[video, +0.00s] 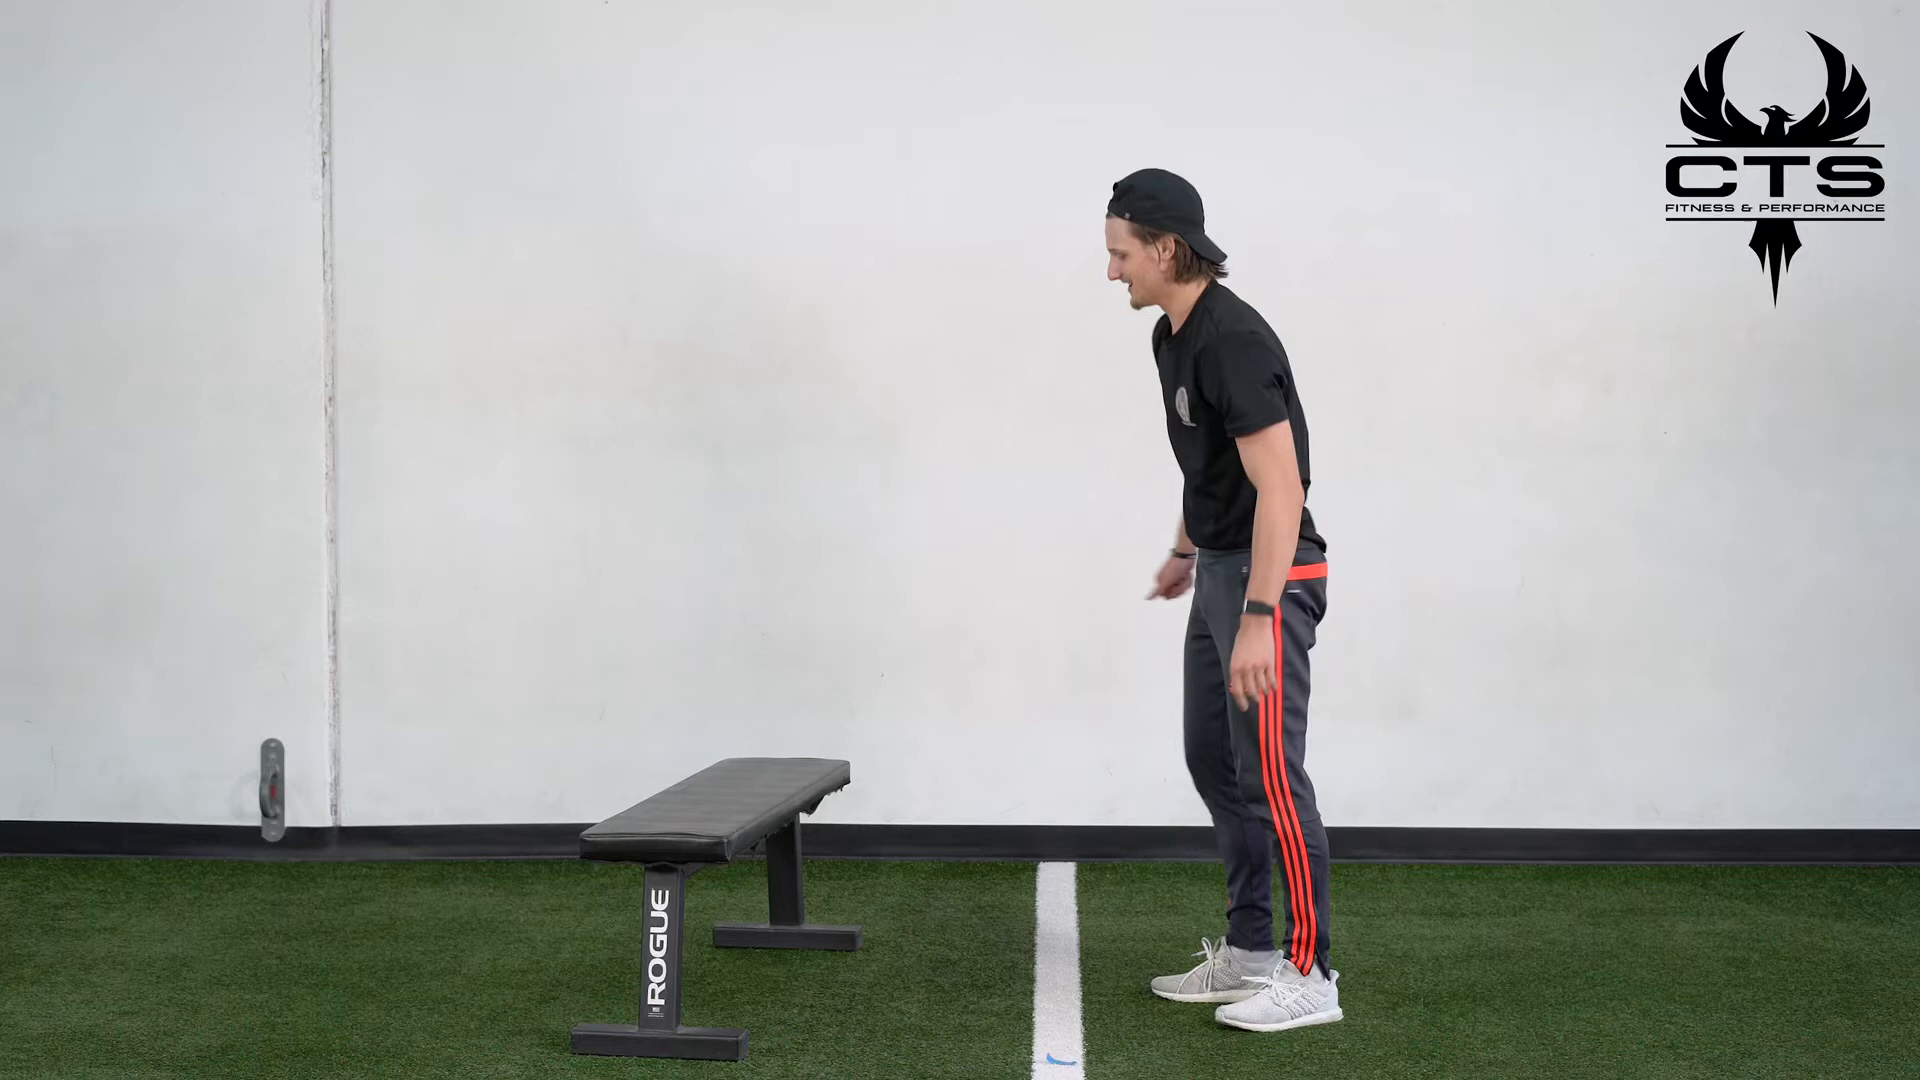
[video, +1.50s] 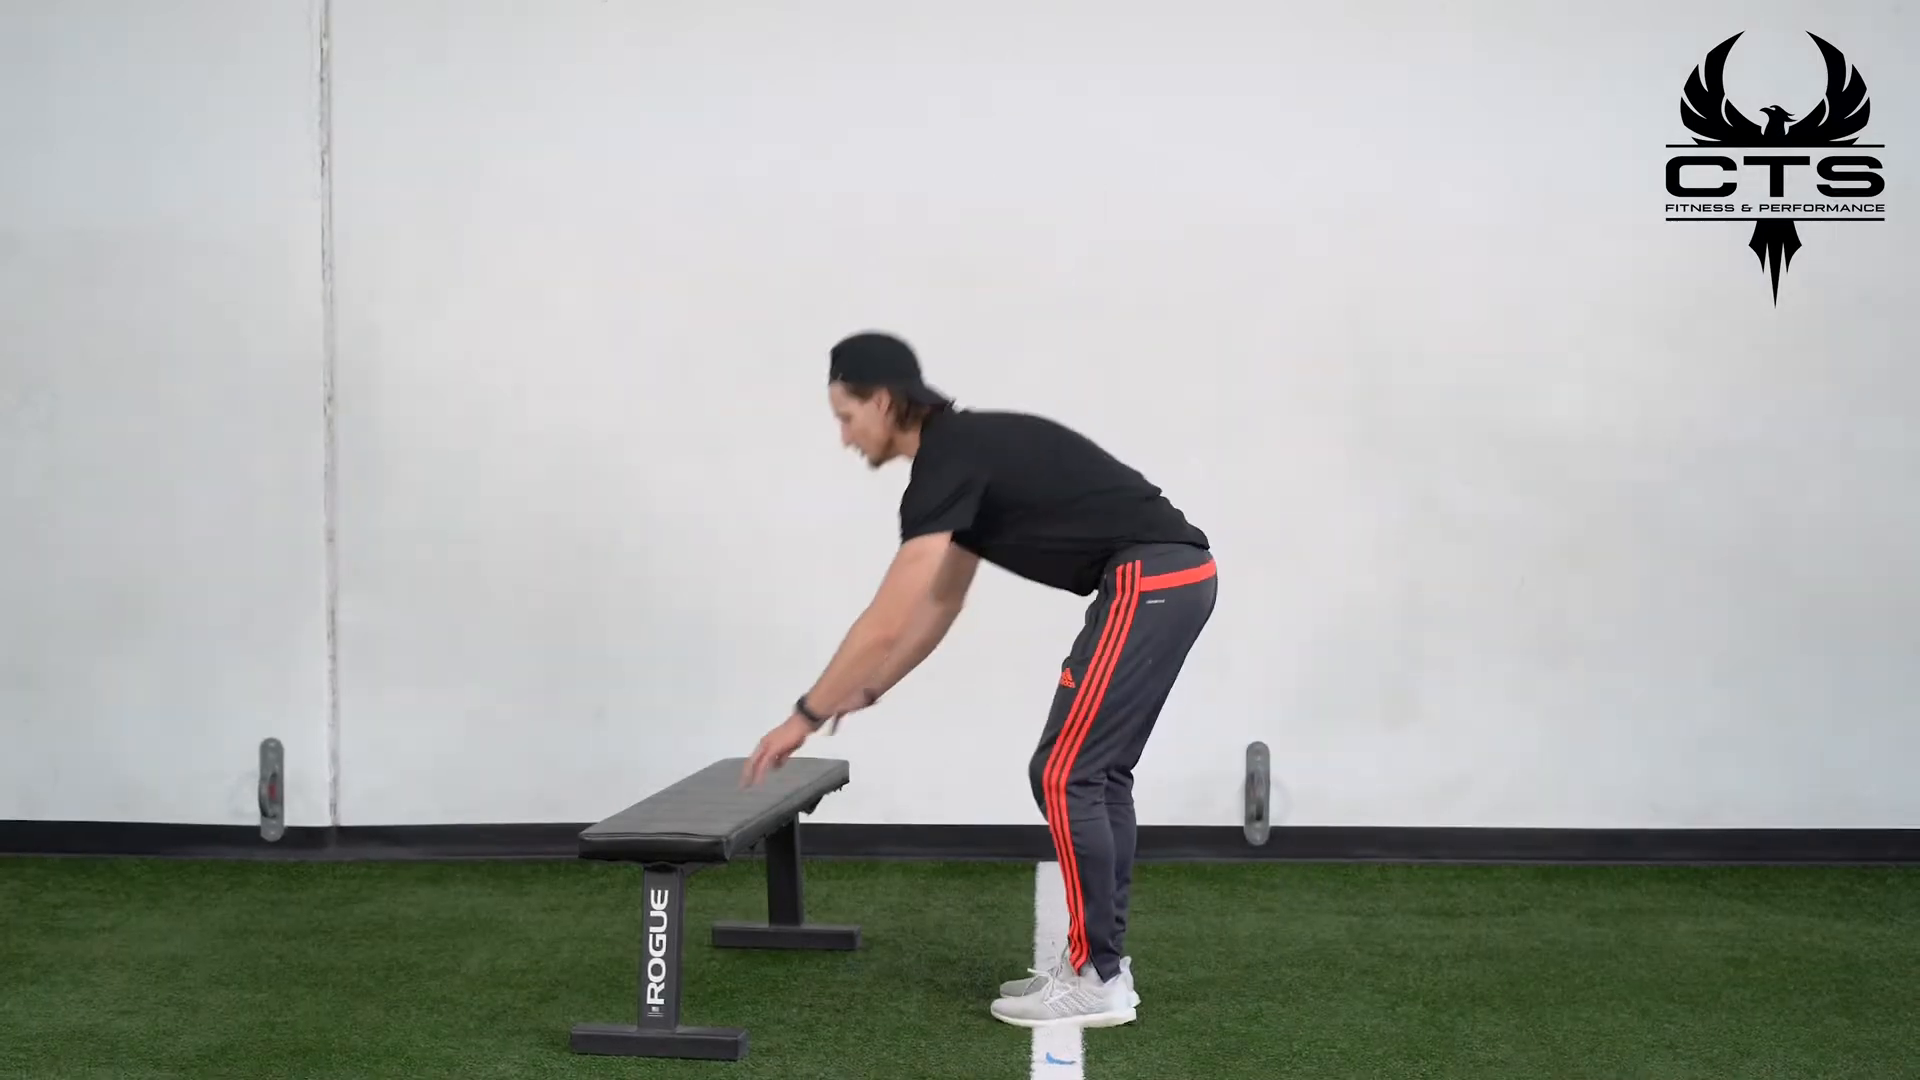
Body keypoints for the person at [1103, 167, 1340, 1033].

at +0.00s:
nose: (1111, 266)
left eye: (1120, 249)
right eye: (1110, 249)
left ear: (1167, 246)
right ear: (1163, 248)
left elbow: (1281, 487)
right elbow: (1209, 456)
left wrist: (1260, 616)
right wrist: (1187, 546)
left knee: (1268, 771)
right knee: (1214, 762)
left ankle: (1307, 977)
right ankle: (1252, 952)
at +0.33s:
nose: (1108, 256)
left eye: (1116, 239)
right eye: (1106, 240)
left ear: (1163, 232)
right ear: (1166, 236)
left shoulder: (1211, 317)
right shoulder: (1196, 315)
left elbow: (1284, 449)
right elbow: (1258, 450)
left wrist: (1245, 572)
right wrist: (1215, 571)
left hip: (1217, 565)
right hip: (1205, 563)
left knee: (1223, 772)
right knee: (1229, 768)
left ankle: (1303, 970)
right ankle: (1253, 954)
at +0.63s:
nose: (1087, 258)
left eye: (1094, 241)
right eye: (1084, 242)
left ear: (1139, 233)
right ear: (1139, 235)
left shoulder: (1183, 323)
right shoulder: (1180, 318)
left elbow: (1199, 465)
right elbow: (1204, 468)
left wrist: (1111, 563)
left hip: (1198, 563)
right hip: (1216, 565)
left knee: (1125, 754)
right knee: (1218, 766)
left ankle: (1175, 960)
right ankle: (1255, 957)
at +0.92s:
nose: (1012, 260)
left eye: (1020, 243)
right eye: (1011, 243)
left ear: (1066, 242)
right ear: (1074, 242)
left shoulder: (1108, 332)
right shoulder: (1124, 324)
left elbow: (1127, 481)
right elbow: (1141, 477)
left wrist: (1056, 593)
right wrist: (1096, 576)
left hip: (1141, 574)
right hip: (1173, 572)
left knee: (1084, 771)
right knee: (1166, 764)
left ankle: (1099, 980)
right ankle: (1242, 952)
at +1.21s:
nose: (908, 314)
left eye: (912, 295)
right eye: (904, 297)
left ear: (955, 282)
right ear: (959, 283)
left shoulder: (1010, 364)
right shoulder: (1034, 349)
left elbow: (1000, 525)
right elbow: (1068, 506)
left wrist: (937, 643)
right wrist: (1010, 606)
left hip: (1140, 570)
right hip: (1149, 565)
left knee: (1083, 770)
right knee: (1112, 768)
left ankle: (1102, 980)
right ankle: (1102, 961)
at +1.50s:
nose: (843, 435)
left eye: (846, 415)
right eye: (838, 418)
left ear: (887, 400)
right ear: (896, 400)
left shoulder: (946, 461)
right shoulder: (972, 450)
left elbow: (888, 621)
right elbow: (939, 605)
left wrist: (803, 717)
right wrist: (871, 685)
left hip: (1149, 579)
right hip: (1166, 573)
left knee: (1063, 772)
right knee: (1099, 774)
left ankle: (1099, 976)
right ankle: (1099, 964)